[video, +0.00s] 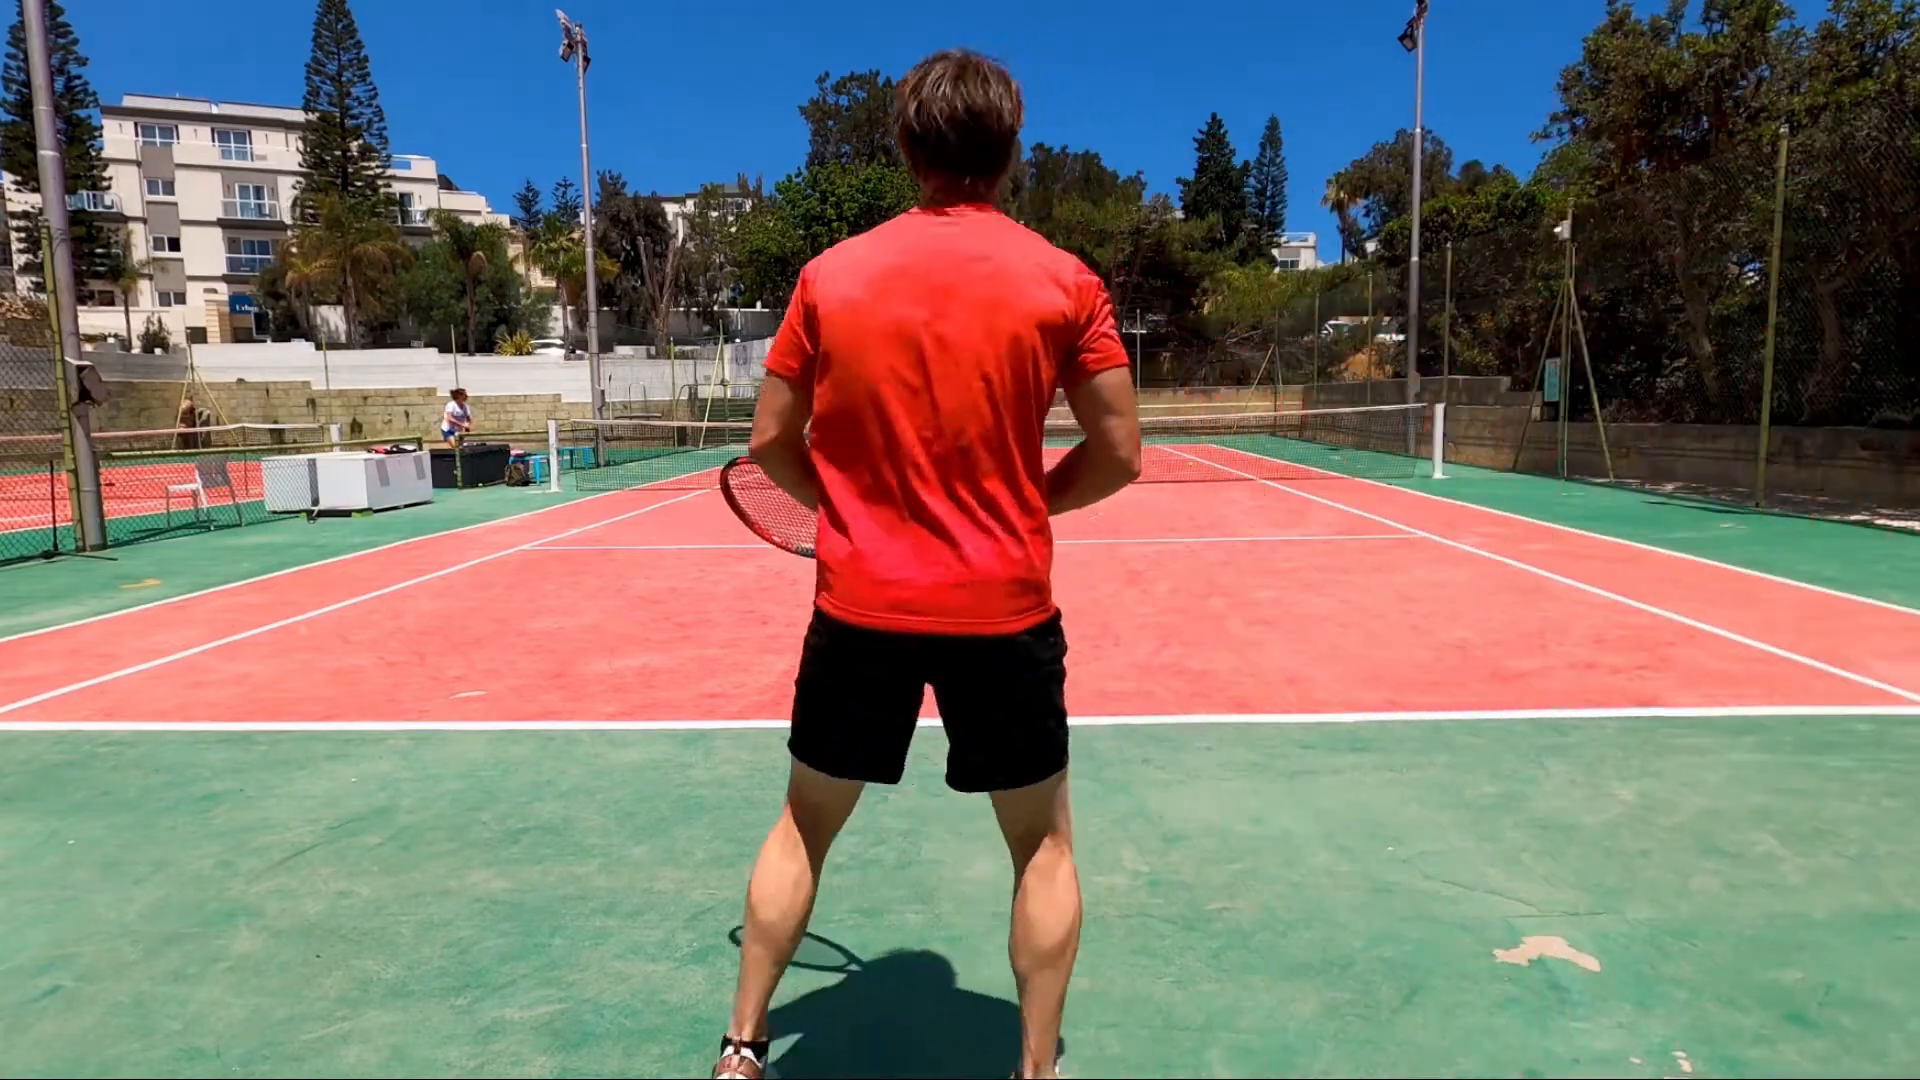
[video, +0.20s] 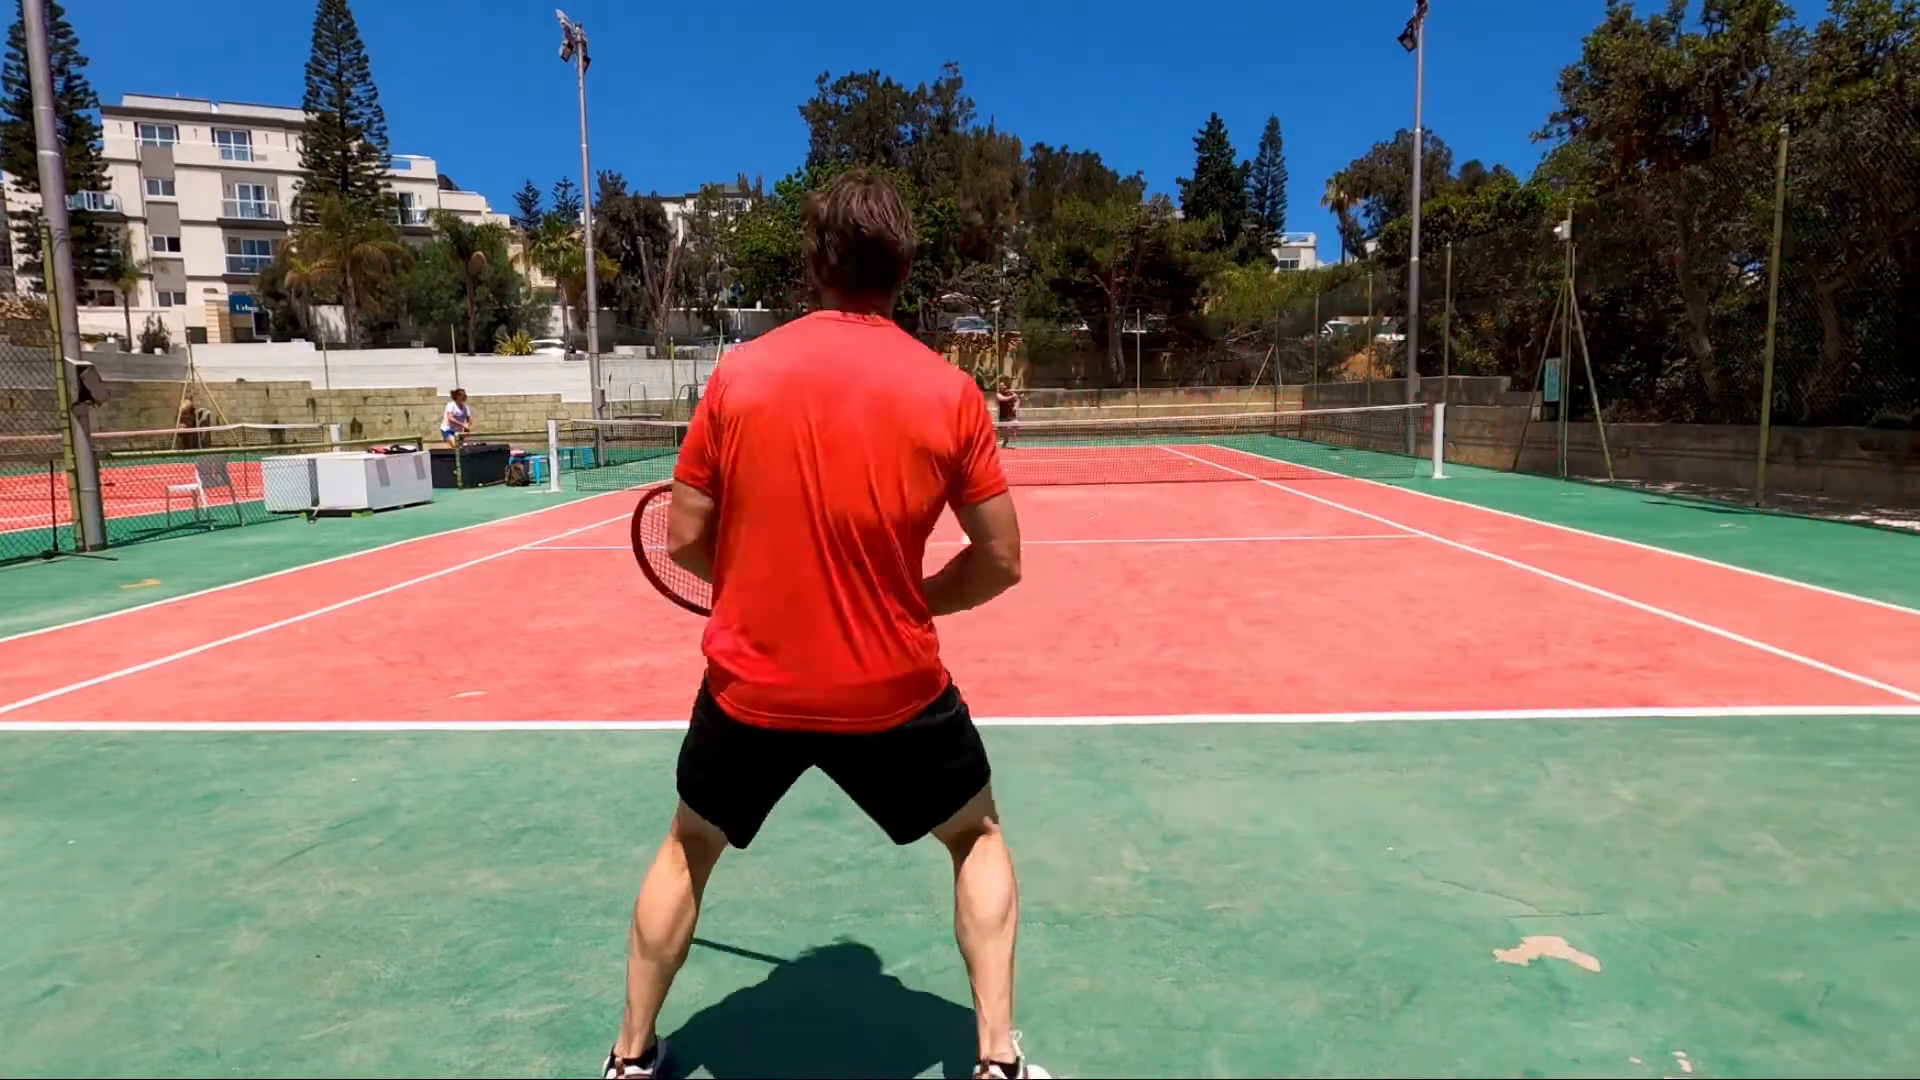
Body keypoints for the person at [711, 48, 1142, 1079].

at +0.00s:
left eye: (905, 138)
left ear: (906, 148)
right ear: (1008, 150)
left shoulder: (836, 274)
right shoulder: (1061, 279)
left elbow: (774, 442)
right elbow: (1115, 450)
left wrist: (853, 509)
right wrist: (1017, 500)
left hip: (862, 604)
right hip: (1002, 607)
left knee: (804, 826)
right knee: (1042, 841)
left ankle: (741, 1046)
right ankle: (1039, 1065)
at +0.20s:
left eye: (818, 252)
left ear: (812, 262)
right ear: (904, 270)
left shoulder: (741, 373)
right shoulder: (945, 389)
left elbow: (688, 534)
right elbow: (1000, 560)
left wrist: (758, 580)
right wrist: (907, 603)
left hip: (754, 686)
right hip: (891, 689)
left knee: (689, 848)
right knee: (973, 836)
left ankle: (631, 1050)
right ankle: (998, 1052)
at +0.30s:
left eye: (778, 226)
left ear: (779, 234)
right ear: (870, 239)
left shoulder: (724, 342)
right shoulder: (929, 359)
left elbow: (668, 509)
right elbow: (947, 535)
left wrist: (720, 567)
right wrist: (868, 577)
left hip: (759, 656)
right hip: (896, 653)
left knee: (689, 854)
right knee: (931, 813)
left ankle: (631, 1052)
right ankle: (954, 1028)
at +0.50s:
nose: (755, 240)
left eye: (756, 227)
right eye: (761, 228)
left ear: (768, 232)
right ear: (851, 235)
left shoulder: (776, 323)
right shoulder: (900, 339)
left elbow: (724, 486)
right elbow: (878, 510)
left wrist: (661, 507)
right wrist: (740, 558)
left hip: (837, 648)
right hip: (943, 647)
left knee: (709, 855)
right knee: (859, 819)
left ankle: (755, 1072)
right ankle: (897, 1029)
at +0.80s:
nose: (725, 296)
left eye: (724, 282)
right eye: (735, 284)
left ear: (730, 285)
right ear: (815, 278)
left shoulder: (790, 354)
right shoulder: (826, 361)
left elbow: (850, 497)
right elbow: (775, 572)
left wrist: (707, 546)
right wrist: (685, 606)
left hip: (924, 685)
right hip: (889, 679)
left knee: (851, 989)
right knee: (823, 824)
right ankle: (891, 1015)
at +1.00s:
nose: (673, 307)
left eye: (671, 287)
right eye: (674, 290)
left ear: (685, 285)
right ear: (759, 269)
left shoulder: (766, 331)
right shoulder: (751, 388)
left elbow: (847, 408)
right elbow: (698, 541)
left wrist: (667, 434)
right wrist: (621, 544)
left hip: (910, 687)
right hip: (860, 686)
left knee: (843, 996)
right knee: (785, 809)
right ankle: (858, 1022)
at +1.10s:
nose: (630, 311)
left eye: (636, 290)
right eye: (630, 297)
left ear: (670, 290)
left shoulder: (757, 317)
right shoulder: (692, 405)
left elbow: (876, 360)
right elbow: (634, 506)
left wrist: (697, 339)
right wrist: (582, 443)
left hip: (877, 673)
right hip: (821, 678)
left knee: (823, 987)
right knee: (760, 797)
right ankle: (800, 1016)